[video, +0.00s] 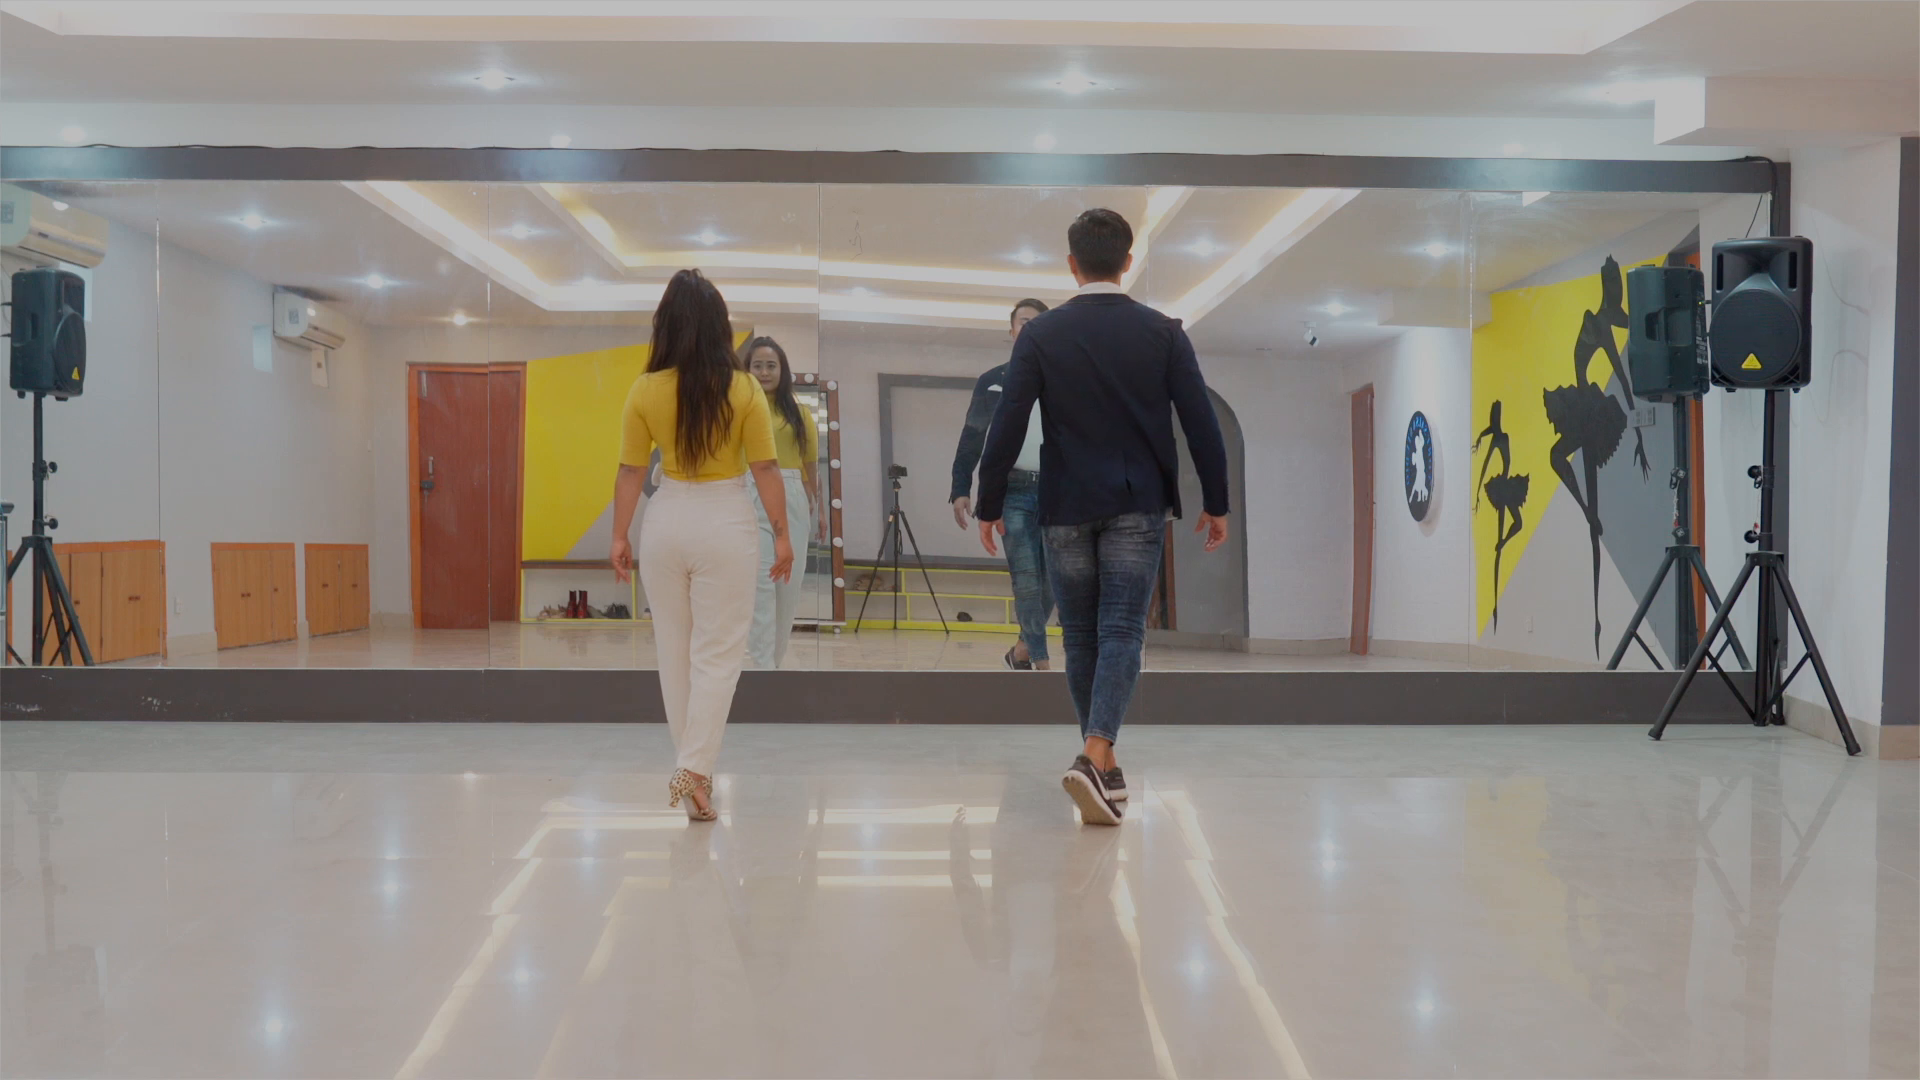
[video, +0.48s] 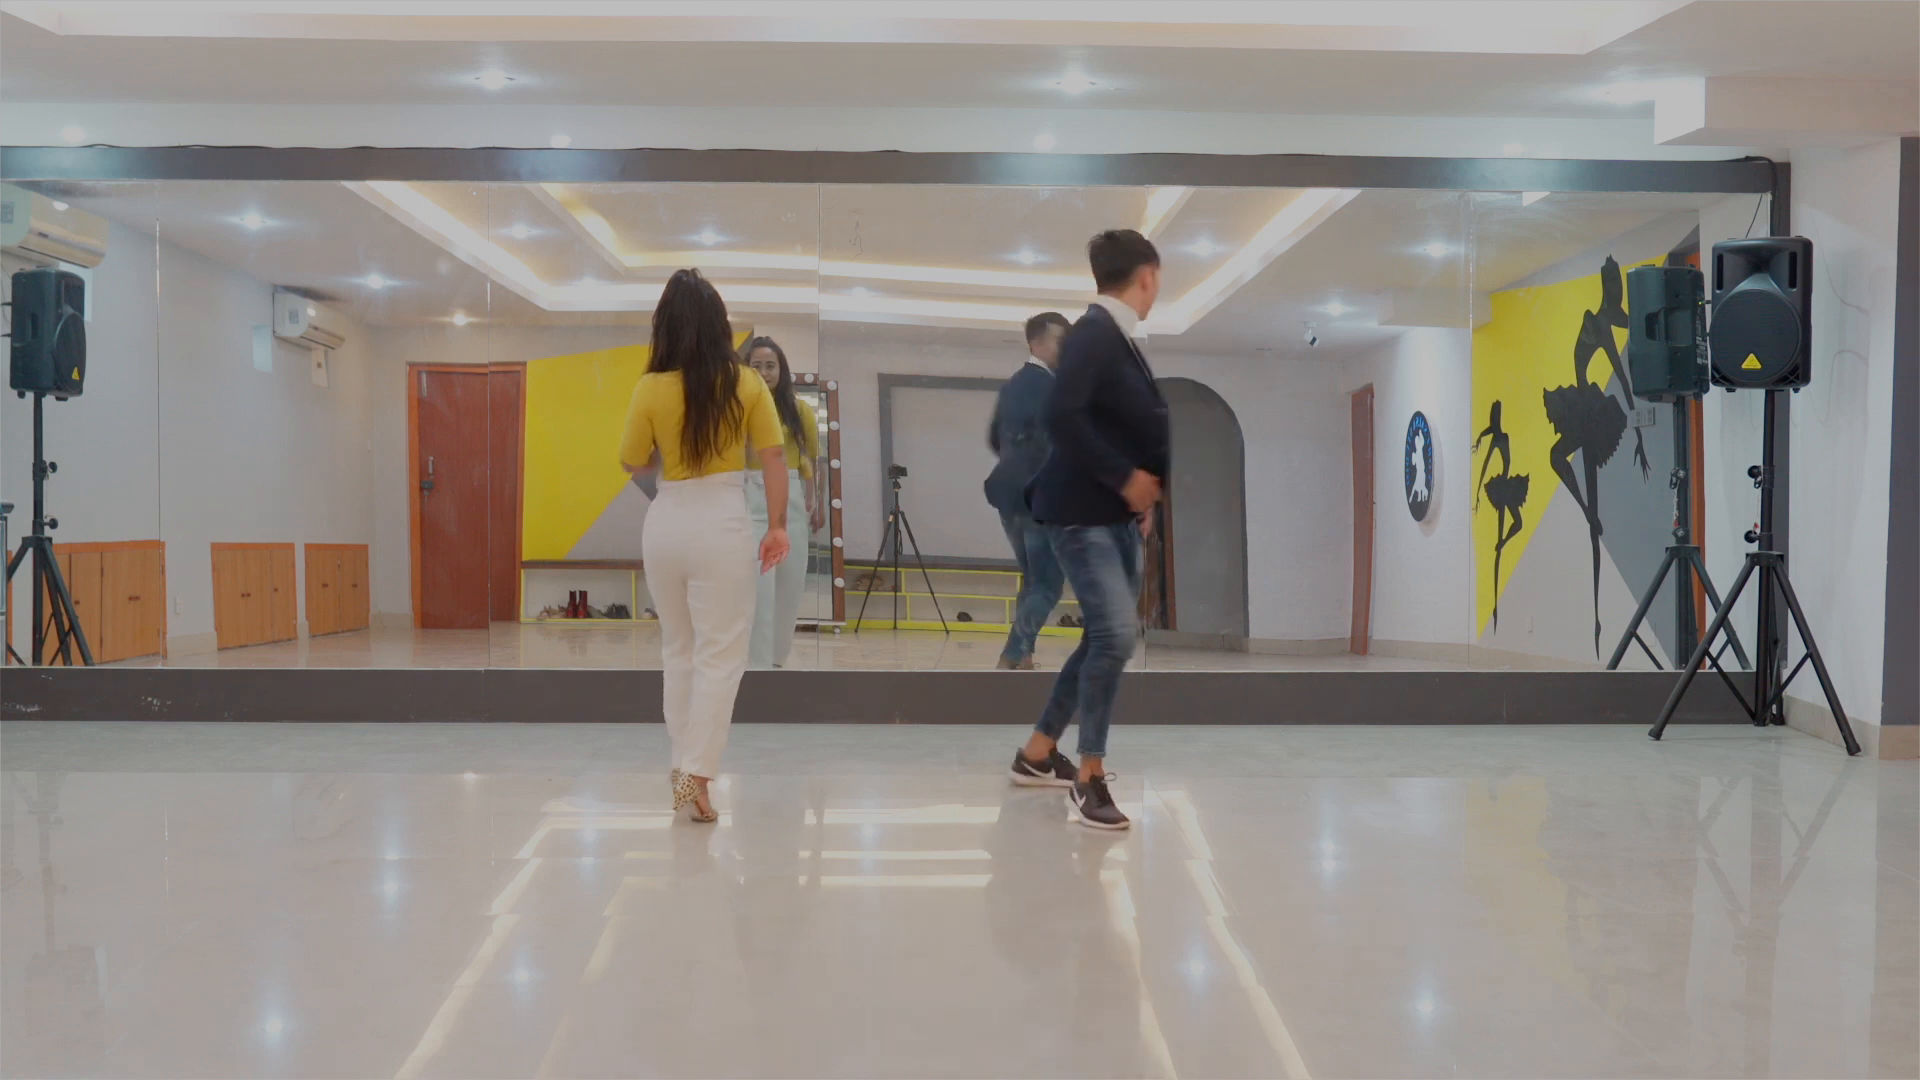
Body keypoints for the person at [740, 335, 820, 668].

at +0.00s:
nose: (764, 371)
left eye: (771, 365)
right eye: (757, 365)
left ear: (783, 370)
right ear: (746, 370)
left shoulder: (800, 413)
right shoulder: (741, 411)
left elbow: (809, 470)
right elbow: (731, 465)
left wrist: (817, 511)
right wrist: (730, 506)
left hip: (793, 499)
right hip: (752, 498)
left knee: (789, 584)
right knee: (761, 585)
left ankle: (773, 666)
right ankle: (761, 670)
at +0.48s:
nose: (764, 372)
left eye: (771, 365)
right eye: (757, 365)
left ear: (782, 369)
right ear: (746, 369)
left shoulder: (800, 410)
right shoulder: (740, 409)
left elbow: (809, 460)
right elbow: (731, 462)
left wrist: (814, 503)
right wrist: (730, 504)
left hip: (791, 496)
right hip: (750, 497)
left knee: (790, 578)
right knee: (758, 580)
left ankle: (777, 661)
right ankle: (758, 665)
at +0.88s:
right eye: (787, 379)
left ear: (751, 380)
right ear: (784, 381)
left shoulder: (738, 414)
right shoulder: (792, 419)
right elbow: (805, 474)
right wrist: (809, 516)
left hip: (738, 505)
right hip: (777, 503)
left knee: (749, 595)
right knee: (784, 597)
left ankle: (752, 671)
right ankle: (759, 670)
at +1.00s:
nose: (800, 388)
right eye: (798, 383)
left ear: (759, 382)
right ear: (791, 386)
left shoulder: (741, 416)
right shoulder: (789, 421)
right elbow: (797, 475)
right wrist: (810, 518)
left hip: (740, 503)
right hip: (776, 504)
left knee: (750, 595)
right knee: (781, 600)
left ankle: (751, 675)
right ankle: (757, 678)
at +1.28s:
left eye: (749, 379)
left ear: (750, 383)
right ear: (785, 383)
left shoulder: (738, 419)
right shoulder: (789, 421)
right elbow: (805, 474)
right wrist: (812, 513)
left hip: (741, 506)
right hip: (782, 504)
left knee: (749, 594)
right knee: (781, 598)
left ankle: (749, 669)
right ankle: (757, 674)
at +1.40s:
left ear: (750, 383)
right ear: (786, 384)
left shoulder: (740, 419)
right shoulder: (790, 421)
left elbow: (729, 474)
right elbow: (806, 472)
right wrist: (811, 510)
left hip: (743, 505)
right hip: (783, 503)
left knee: (752, 595)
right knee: (783, 598)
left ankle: (749, 671)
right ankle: (758, 675)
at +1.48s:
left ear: (750, 383)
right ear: (785, 384)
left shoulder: (738, 420)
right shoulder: (788, 422)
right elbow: (805, 471)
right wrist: (810, 509)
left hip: (743, 507)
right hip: (783, 504)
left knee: (752, 596)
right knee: (784, 599)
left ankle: (748, 671)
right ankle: (760, 674)